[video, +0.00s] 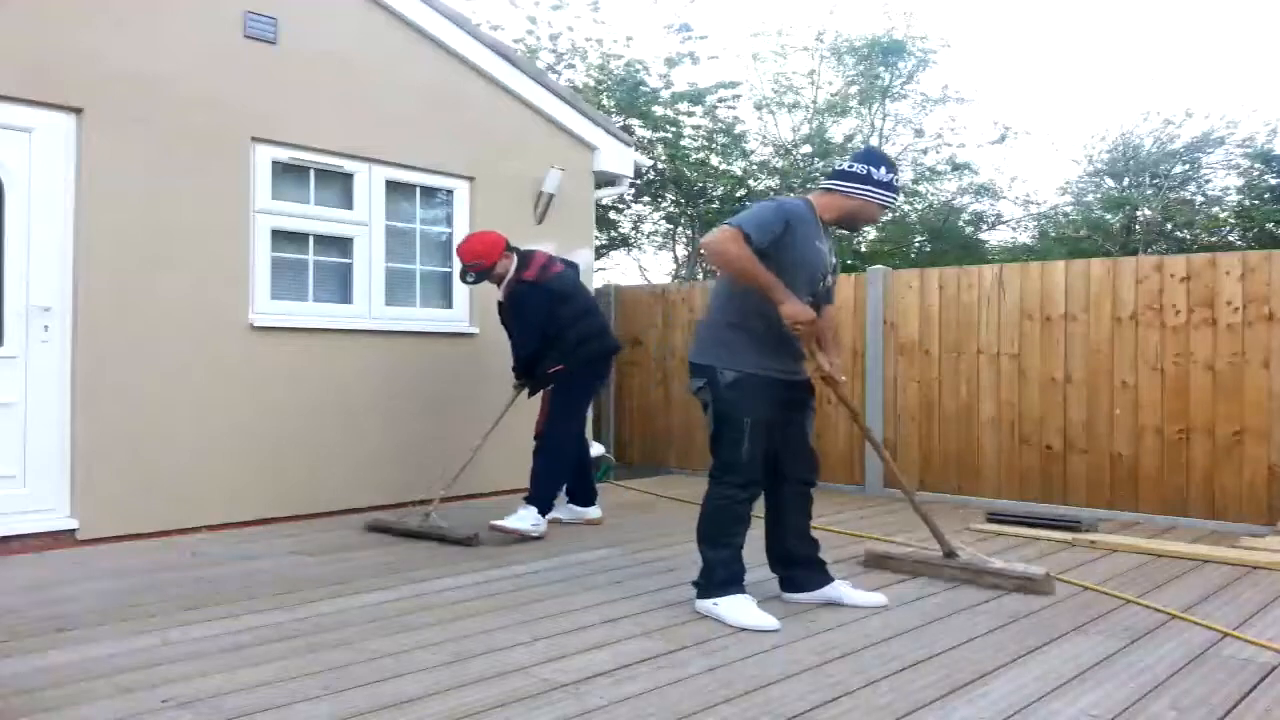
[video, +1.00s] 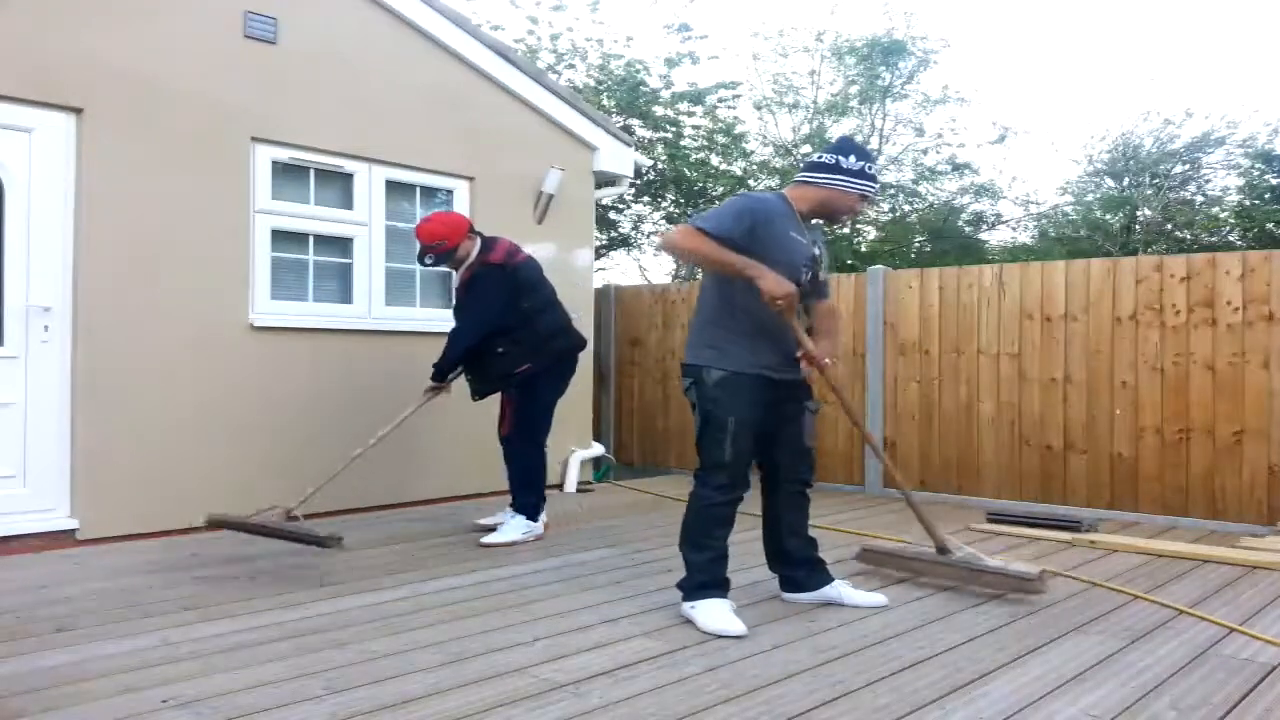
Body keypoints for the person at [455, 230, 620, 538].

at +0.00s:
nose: (486, 280)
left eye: (486, 273)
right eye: (482, 275)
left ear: (501, 259)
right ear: (506, 254)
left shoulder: (520, 292)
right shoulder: (539, 264)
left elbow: (526, 343)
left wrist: (525, 372)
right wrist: (535, 364)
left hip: (576, 358)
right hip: (593, 350)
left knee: (553, 430)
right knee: (568, 428)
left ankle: (535, 511)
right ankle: (583, 503)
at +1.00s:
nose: (446, 264)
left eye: (447, 257)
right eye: (442, 259)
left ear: (464, 241)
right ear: (466, 239)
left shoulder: (490, 272)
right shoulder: (489, 257)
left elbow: (470, 330)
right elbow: (474, 323)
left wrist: (440, 373)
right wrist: (451, 365)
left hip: (544, 358)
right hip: (530, 358)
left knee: (523, 435)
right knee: (514, 434)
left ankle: (529, 517)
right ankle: (522, 509)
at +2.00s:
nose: (399, 272)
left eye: (401, 265)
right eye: (395, 267)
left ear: (421, 250)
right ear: (424, 247)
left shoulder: (456, 277)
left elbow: (451, 341)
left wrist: (423, 367)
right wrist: (430, 360)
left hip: (512, 356)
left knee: (485, 440)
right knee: (505, 432)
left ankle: (475, 529)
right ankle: (521, 510)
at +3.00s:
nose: (362, 259)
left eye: (365, 252)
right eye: (358, 254)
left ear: (385, 238)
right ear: (385, 236)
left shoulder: (416, 269)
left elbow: (419, 336)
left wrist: (399, 367)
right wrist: (406, 358)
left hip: (469, 352)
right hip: (441, 355)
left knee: (440, 437)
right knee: (434, 437)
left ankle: (435, 529)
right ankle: (460, 520)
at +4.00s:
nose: (322, 243)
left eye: (329, 234)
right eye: (317, 235)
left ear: (353, 220)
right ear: (316, 222)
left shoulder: (387, 255)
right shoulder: (351, 240)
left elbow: (358, 327)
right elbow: (335, 273)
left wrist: (282, 333)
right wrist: (289, 255)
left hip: (419, 360)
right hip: (371, 358)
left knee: (406, 447)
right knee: (339, 440)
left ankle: (416, 540)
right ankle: (329, 529)